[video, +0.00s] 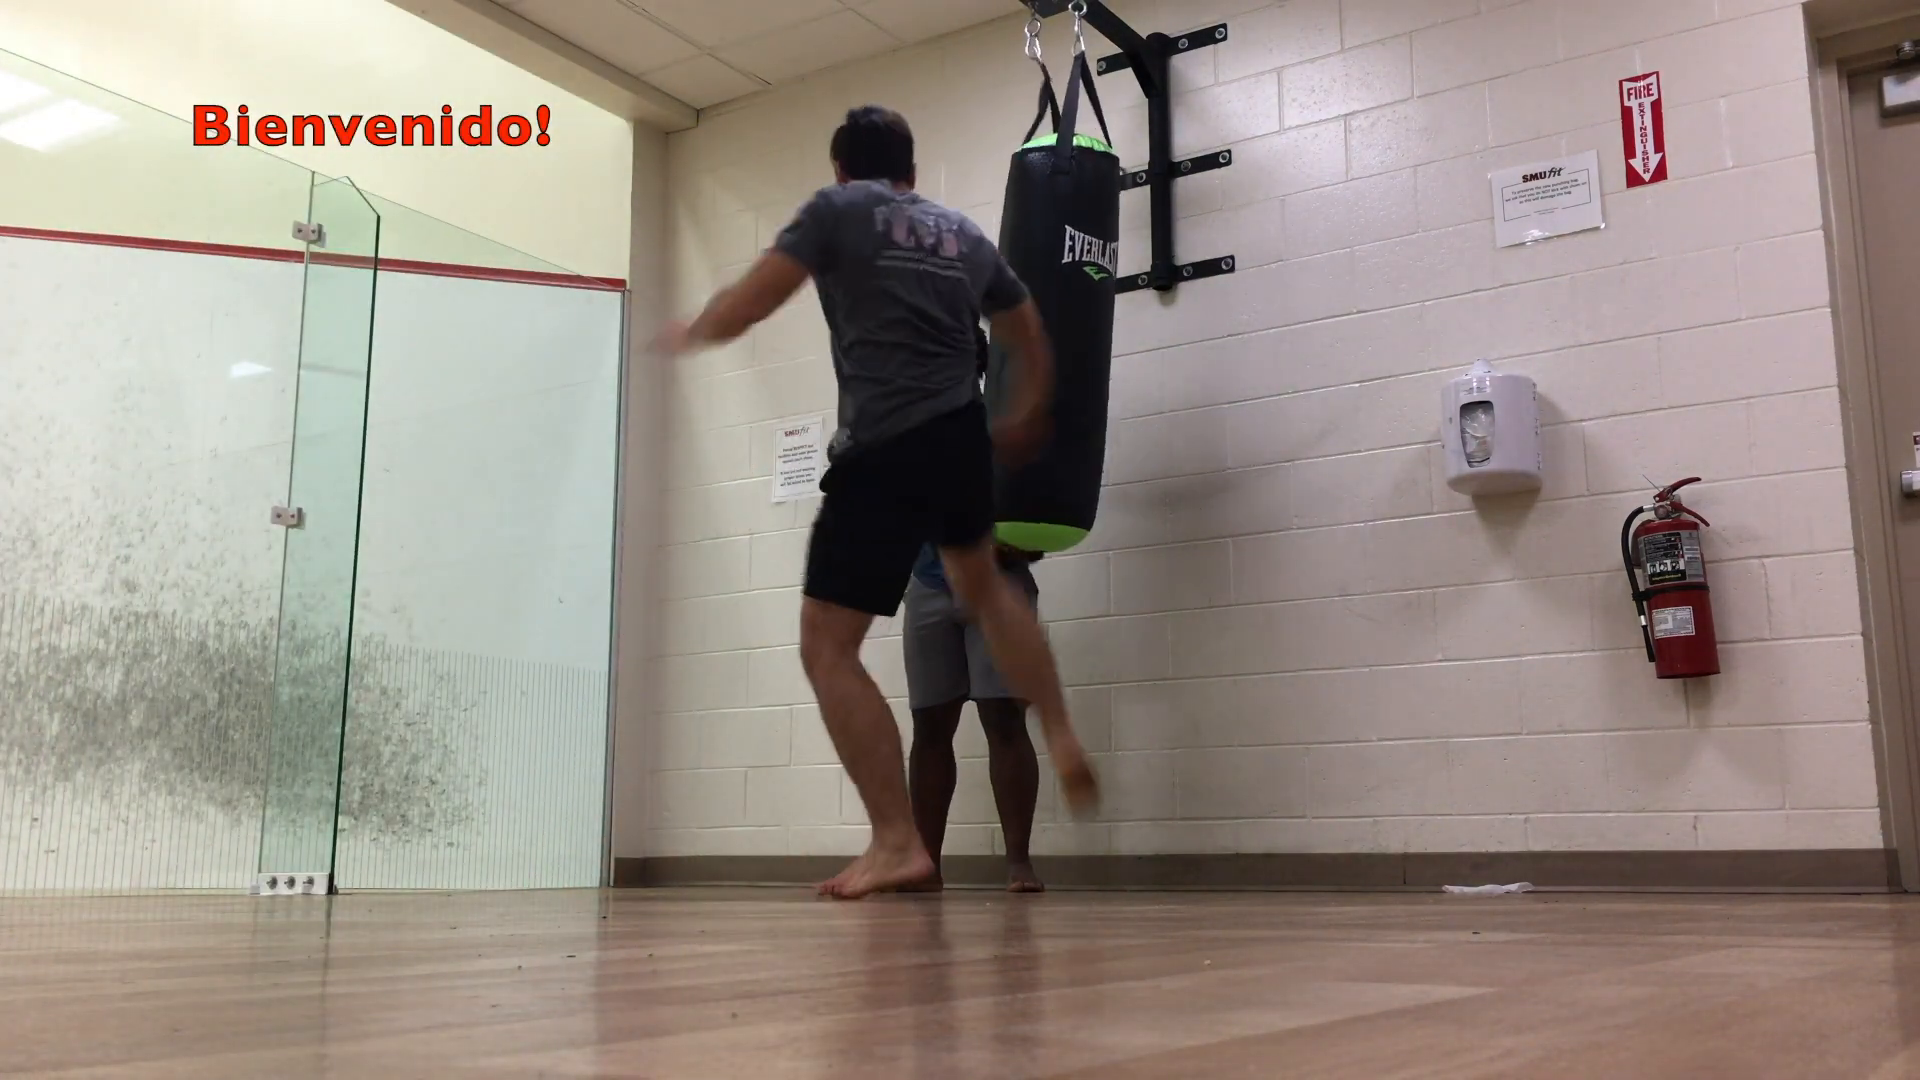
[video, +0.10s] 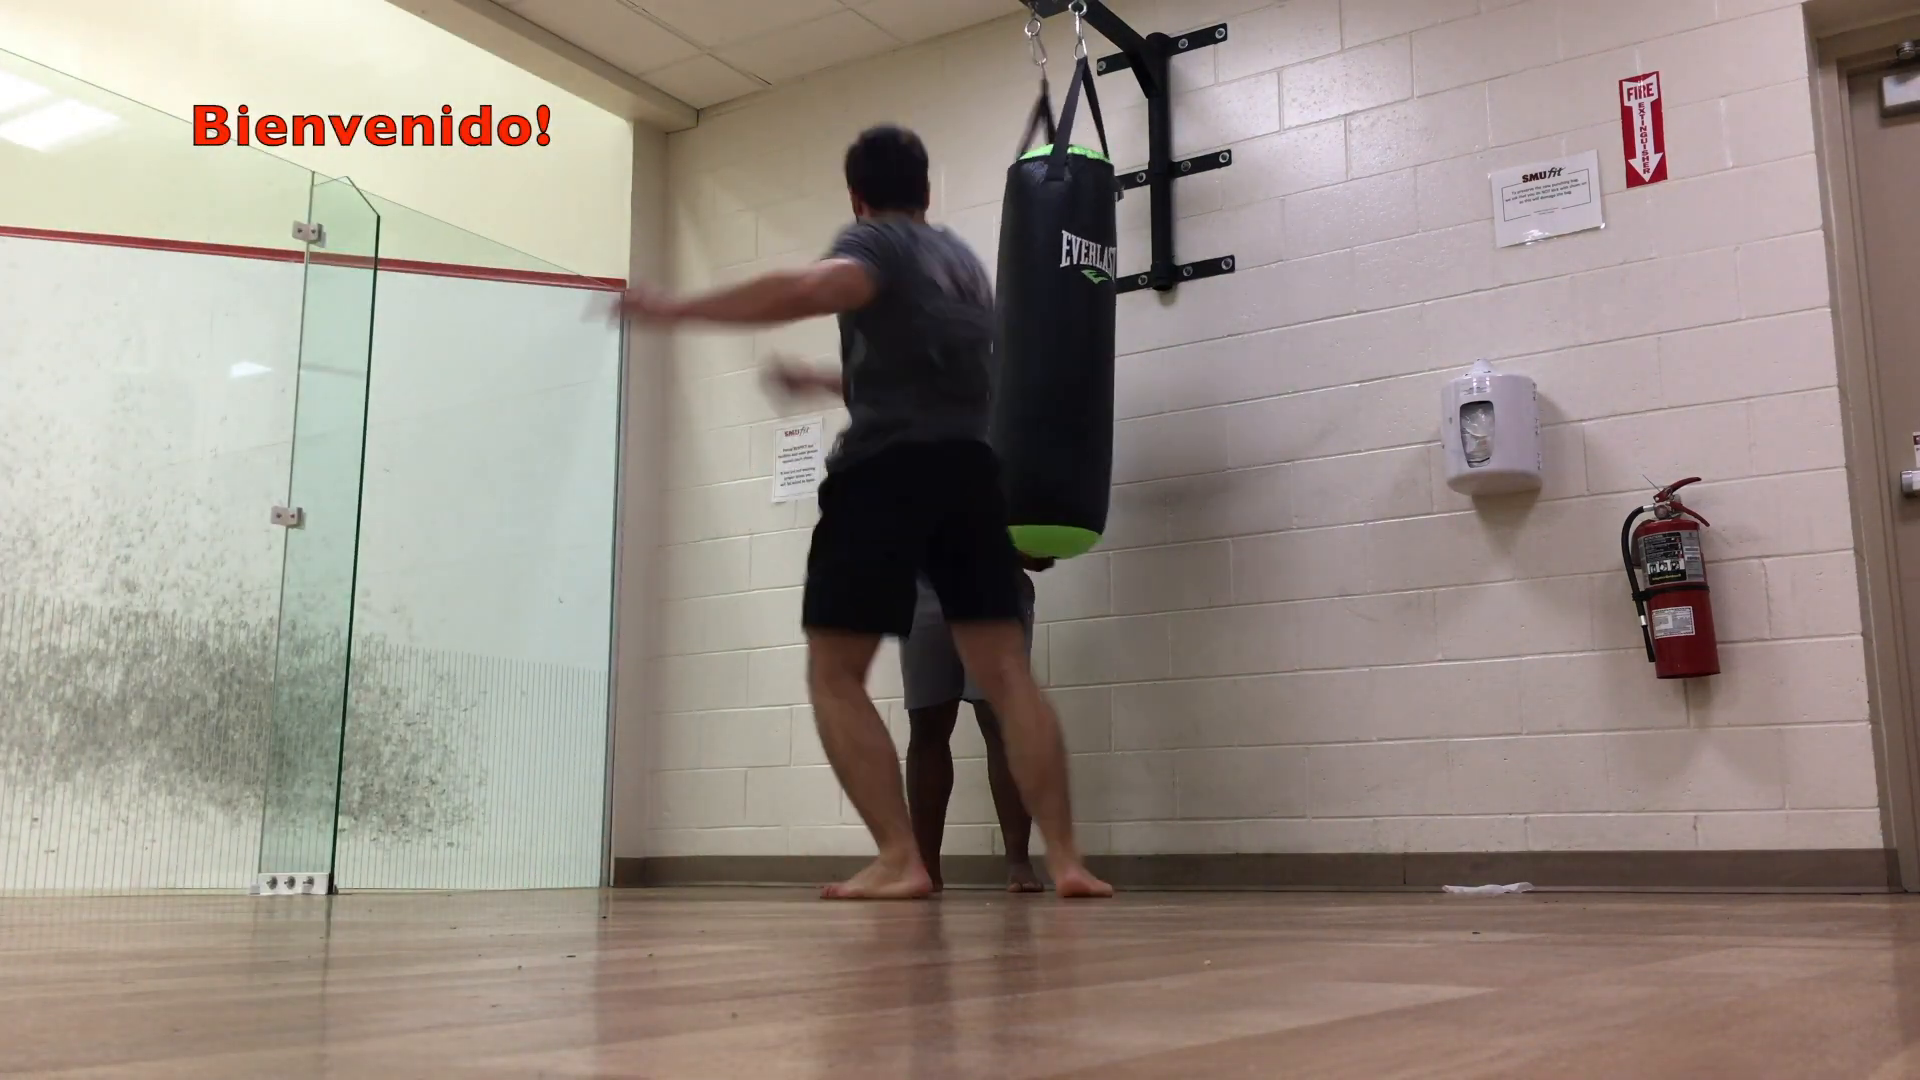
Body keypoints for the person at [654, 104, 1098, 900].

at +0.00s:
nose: (835, 182)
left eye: (835, 172)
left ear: (838, 170)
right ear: (912, 171)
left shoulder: (834, 210)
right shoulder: (961, 232)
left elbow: (749, 302)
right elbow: (1032, 338)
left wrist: (693, 330)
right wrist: (1024, 415)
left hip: (879, 456)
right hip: (963, 445)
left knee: (829, 648)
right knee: (983, 582)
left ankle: (897, 844)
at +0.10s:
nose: (855, 205)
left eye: (852, 193)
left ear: (855, 193)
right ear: (926, 193)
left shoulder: (875, 241)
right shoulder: (963, 260)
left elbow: (817, 290)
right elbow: (941, 378)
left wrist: (674, 307)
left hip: (880, 484)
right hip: (966, 480)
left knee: (837, 679)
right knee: (1007, 672)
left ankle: (900, 859)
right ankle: (1065, 860)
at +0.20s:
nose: (849, 169)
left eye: (849, 159)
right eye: (857, 160)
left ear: (853, 154)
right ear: (925, 163)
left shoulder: (882, 194)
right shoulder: (940, 221)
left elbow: (857, 252)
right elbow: (880, 340)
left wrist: (748, 318)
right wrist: (769, 335)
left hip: (896, 457)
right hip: (964, 448)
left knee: (852, 643)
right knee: (1019, 597)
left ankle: (899, 847)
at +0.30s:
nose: (839, 160)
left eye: (841, 147)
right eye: (845, 149)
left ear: (853, 140)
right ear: (915, 145)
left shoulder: (874, 186)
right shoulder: (927, 199)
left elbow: (810, 314)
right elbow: (937, 334)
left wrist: (797, 301)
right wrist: (867, 390)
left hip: (922, 440)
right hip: (950, 427)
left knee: (884, 628)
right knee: (961, 453)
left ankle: (919, 849)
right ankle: (1110, 477)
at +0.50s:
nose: (847, 148)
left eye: (846, 138)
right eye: (858, 140)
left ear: (852, 135)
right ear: (922, 131)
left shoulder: (861, 171)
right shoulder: (984, 197)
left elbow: (823, 299)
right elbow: (1051, 303)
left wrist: (765, 382)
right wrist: (980, 346)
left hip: (913, 422)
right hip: (988, 407)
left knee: (873, 622)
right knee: (1005, 545)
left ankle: (934, 824)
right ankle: (1120, 678)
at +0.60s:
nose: (861, 173)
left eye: (859, 162)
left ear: (865, 162)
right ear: (938, 157)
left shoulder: (885, 213)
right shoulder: (986, 224)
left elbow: (868, 280)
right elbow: (1015, 331)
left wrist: (770, 375)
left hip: (907, 462)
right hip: (999, 456)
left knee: (859, 656)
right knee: (1046, 650)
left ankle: (949, 841)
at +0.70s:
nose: (869, 181)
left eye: (867, 170)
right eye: (876, 174)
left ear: (874, 170)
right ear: (947, 166)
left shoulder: (902, 219)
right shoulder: (981, 232)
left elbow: (871, 271)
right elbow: (923, 310)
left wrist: (743, 317)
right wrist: (835, 287)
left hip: (913, 489)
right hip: (1001, 478)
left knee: (887, 665)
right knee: (1055, 646)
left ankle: (955, 851)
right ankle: (1122, 785)